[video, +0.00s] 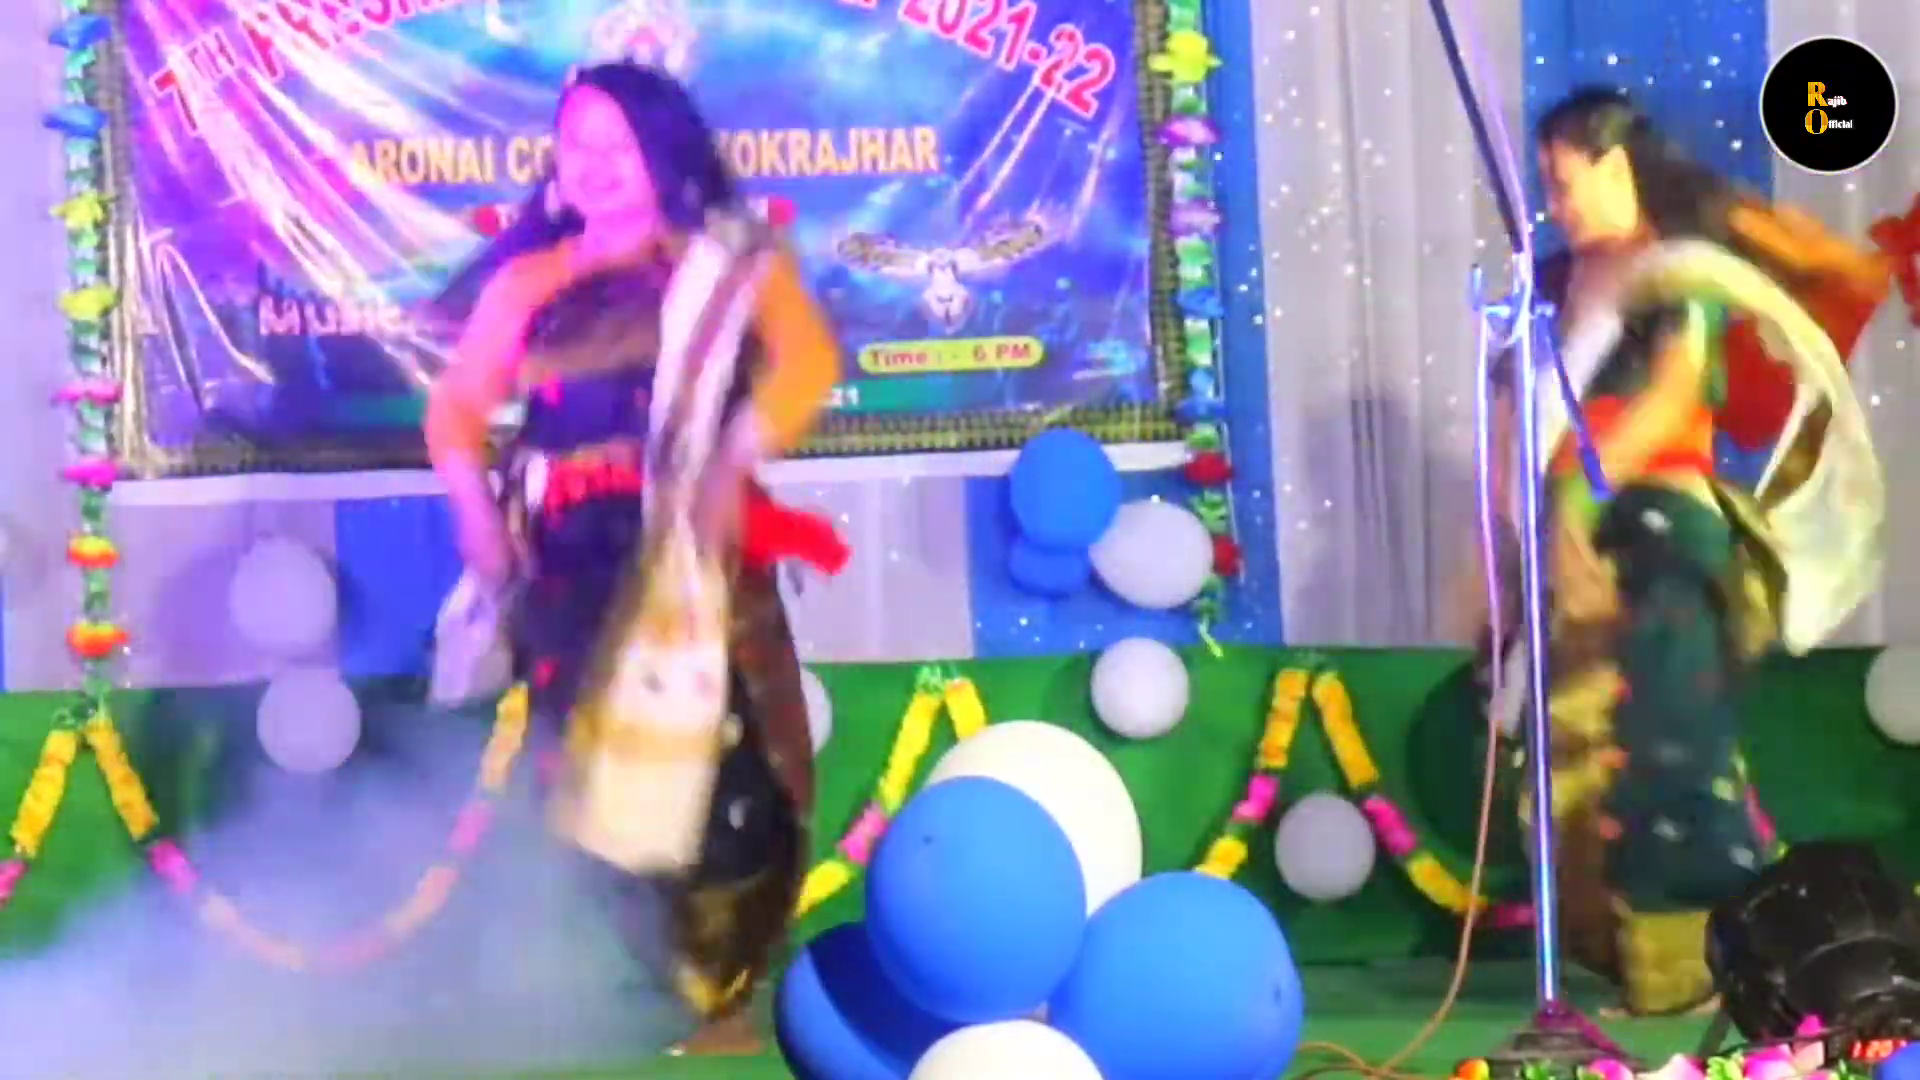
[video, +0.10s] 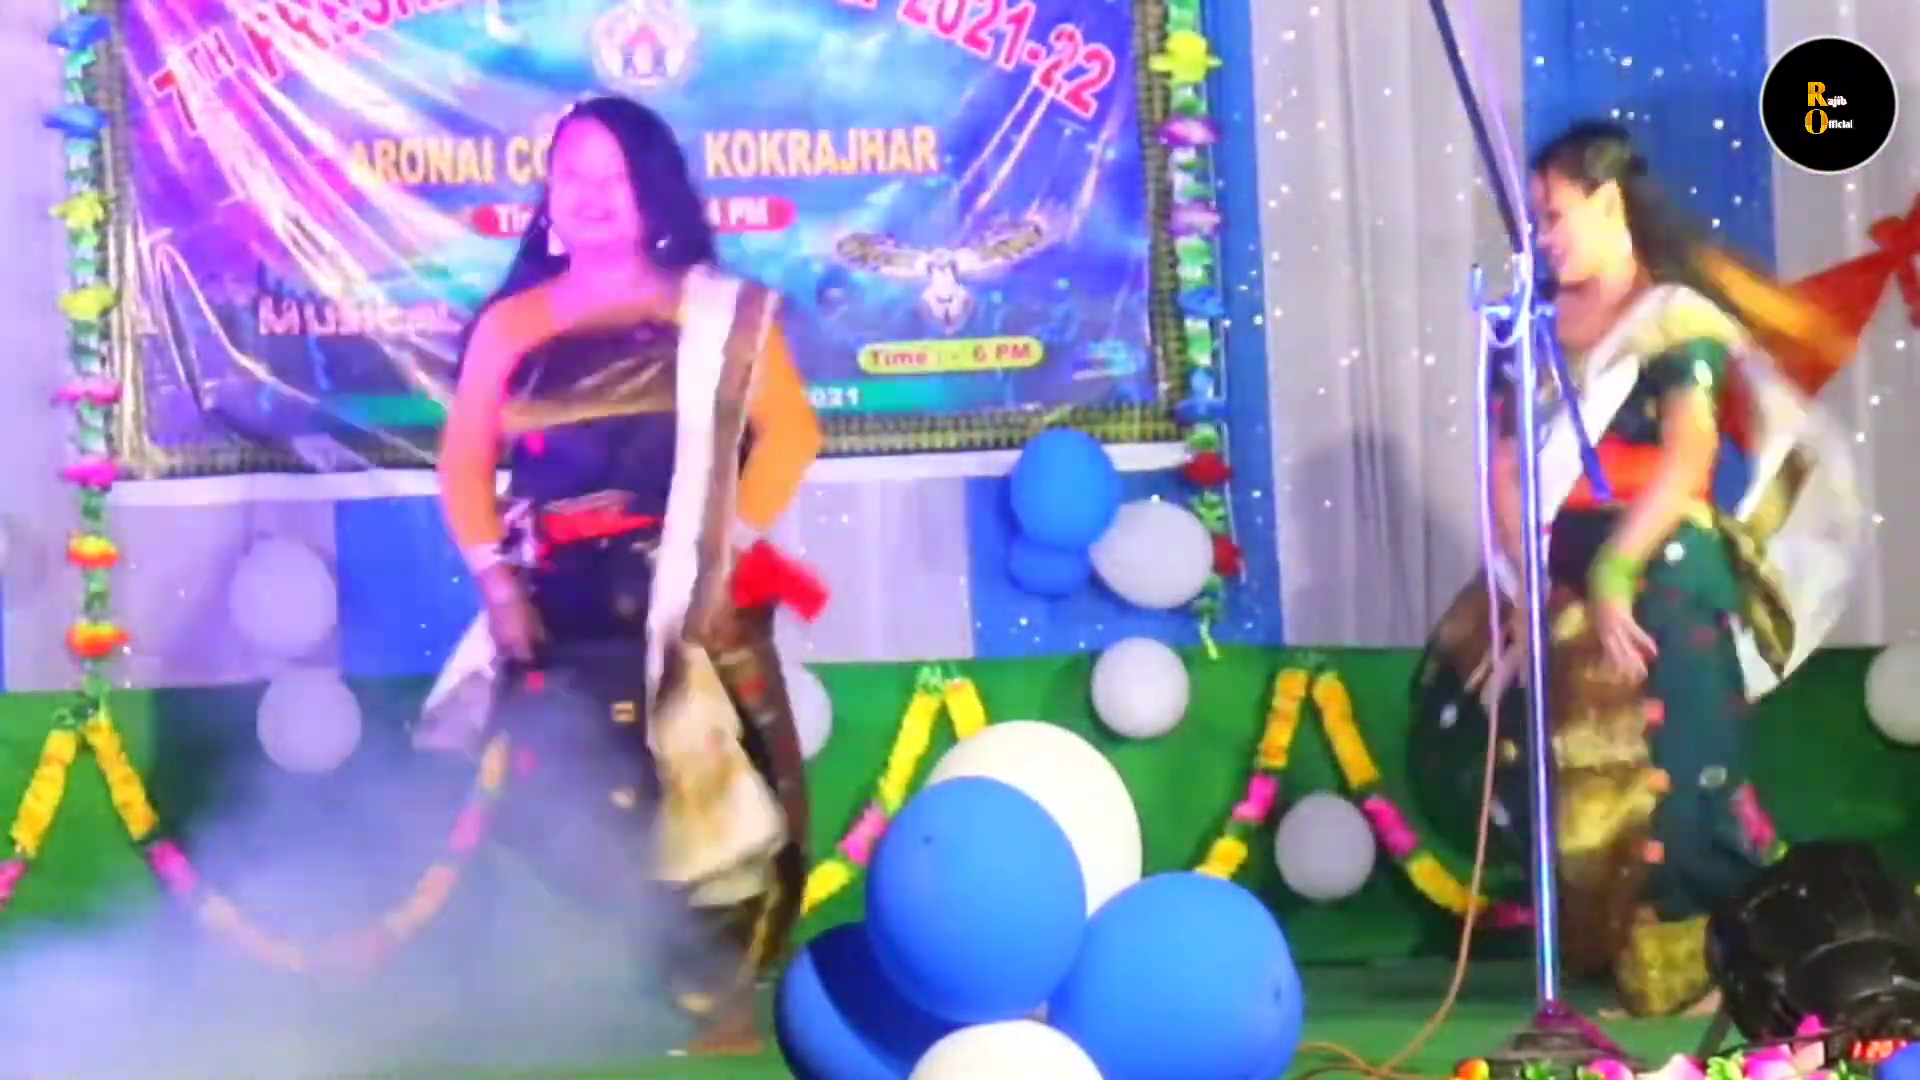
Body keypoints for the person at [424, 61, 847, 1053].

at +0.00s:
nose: (591, 170)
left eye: (612, 148)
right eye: (574, 152)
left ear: (665, 150)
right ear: (554, 167)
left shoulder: (732, 260)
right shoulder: (530, 281)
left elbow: (812, 363)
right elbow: (452, 410)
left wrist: (738, 457)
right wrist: (482, 527)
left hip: (696, 550)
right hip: (569, 553)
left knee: (732, 761)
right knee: (585, 761)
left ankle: (729, 984)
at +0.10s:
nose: (588, 198)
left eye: (610, 179)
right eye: (569, 181)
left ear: (656, 189)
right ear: (546, 199)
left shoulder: (732, 314)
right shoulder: (511, 325)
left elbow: (791, 435)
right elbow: (463, 465)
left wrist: (726, 537)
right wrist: (497, 584)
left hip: (696, 606)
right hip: (561, 615)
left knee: (727, 810)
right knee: (563, 823)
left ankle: (720, 993)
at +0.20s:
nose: (576, 159)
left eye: (595, 143)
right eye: (556, 141)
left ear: (624, 161)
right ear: (516, 157)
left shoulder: (674, 272)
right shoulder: (470, 288)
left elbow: (745, 397)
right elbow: (401, 423)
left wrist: (675, 487)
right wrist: (432, 534)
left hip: (636, 562)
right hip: (508, 568)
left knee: (663, 774)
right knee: (495, 778)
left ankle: (712, 989)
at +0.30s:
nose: (546, 118)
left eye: (567, 104)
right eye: (525, 98)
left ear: (593, 124)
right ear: (481, 113)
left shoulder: (629, 228)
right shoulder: (418, 238)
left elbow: (698, 342)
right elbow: (351, 368)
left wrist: (637, 440)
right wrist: (382, 474)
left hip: (588, 518)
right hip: (461, 525)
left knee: (619, 748)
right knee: (462, 756)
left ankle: (651, 997)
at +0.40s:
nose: (486, 127)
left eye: (505, 111)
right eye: (463, 107)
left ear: (527, 132)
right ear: (416, 120)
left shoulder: (559, 245)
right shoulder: (346, 244)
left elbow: (636, 359)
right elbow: (272, 374)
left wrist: (573, 461)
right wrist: (306, 486)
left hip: (515, 528)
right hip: (385, 530)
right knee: (372, 754)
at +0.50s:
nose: (455, 165)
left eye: (473, 149)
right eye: (432, 144)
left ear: (492, 172)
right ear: (382, 158)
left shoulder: (526, 286)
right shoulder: (311, 281)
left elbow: (593, 415)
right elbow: (238, 418)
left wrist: (530, 526)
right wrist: (276, 547)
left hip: (475, 574)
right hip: (346, 577)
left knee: (481, 797)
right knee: (336, 791)